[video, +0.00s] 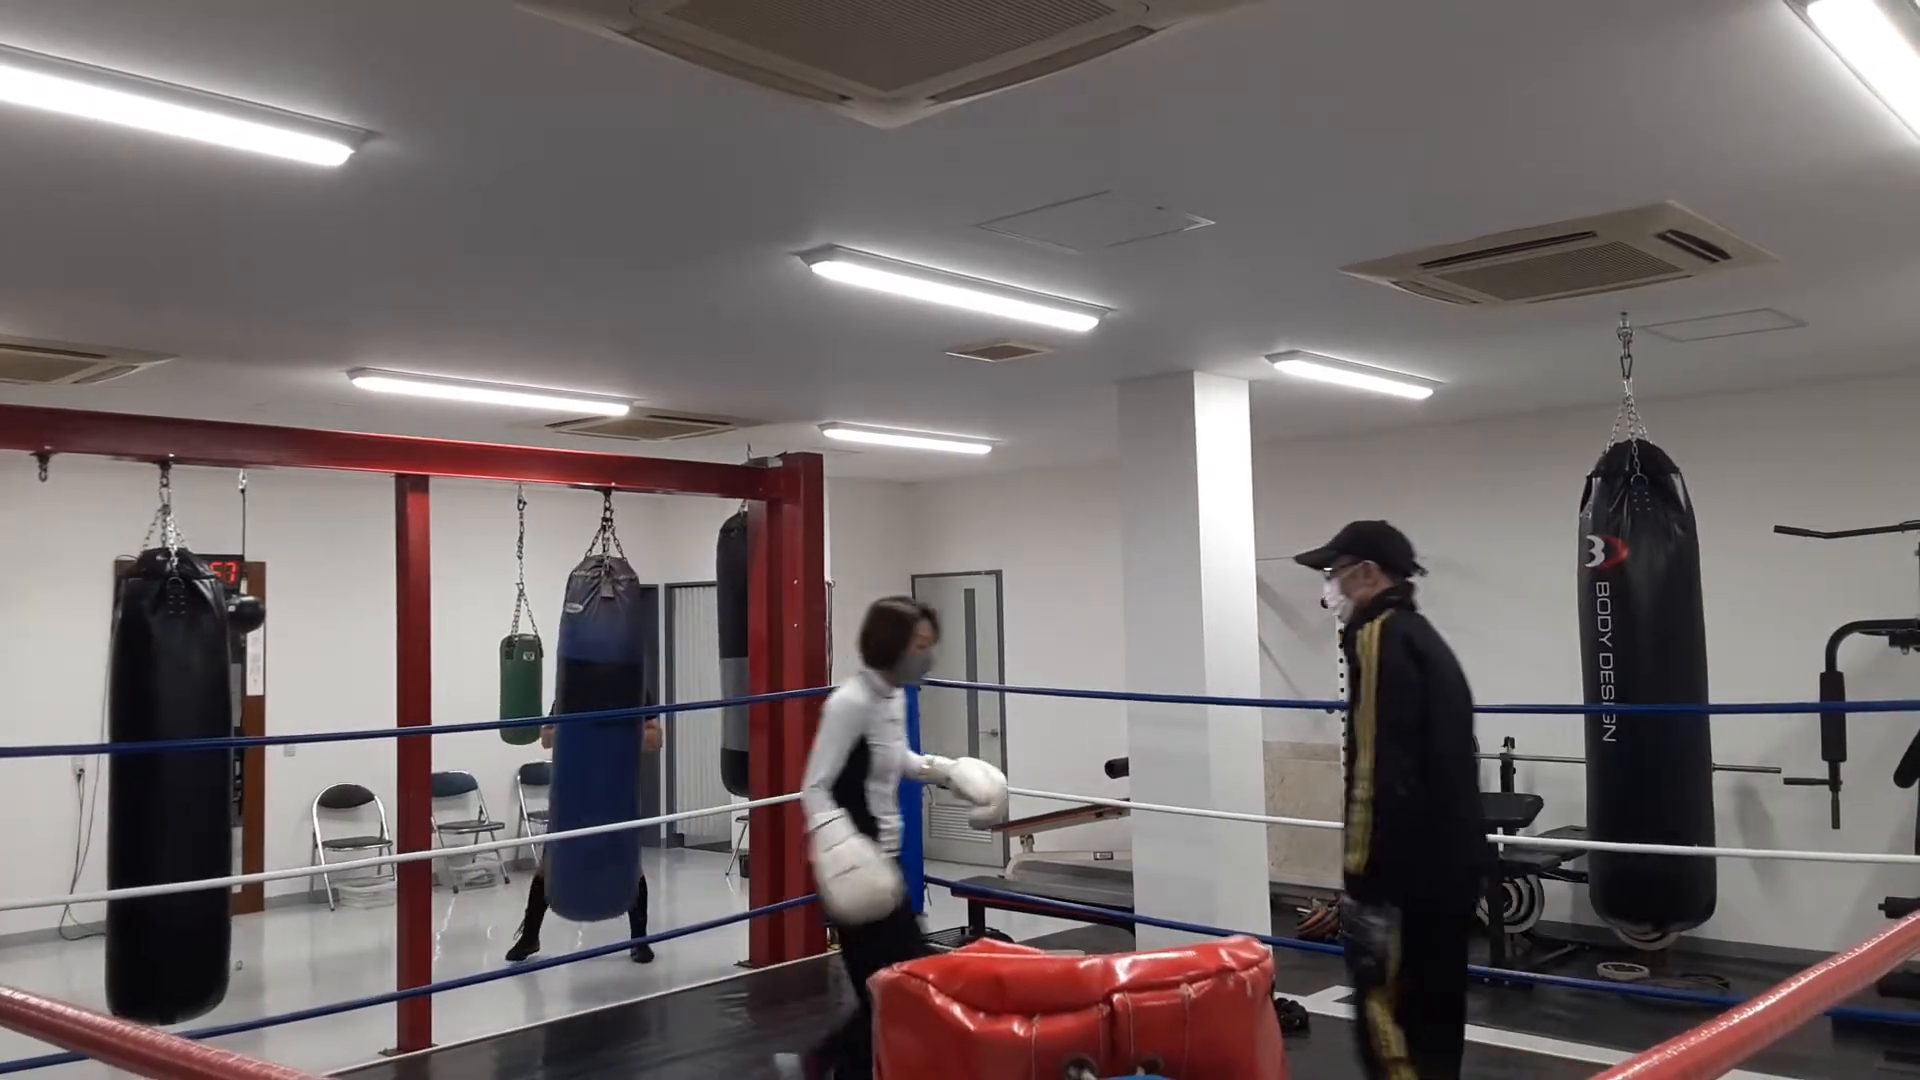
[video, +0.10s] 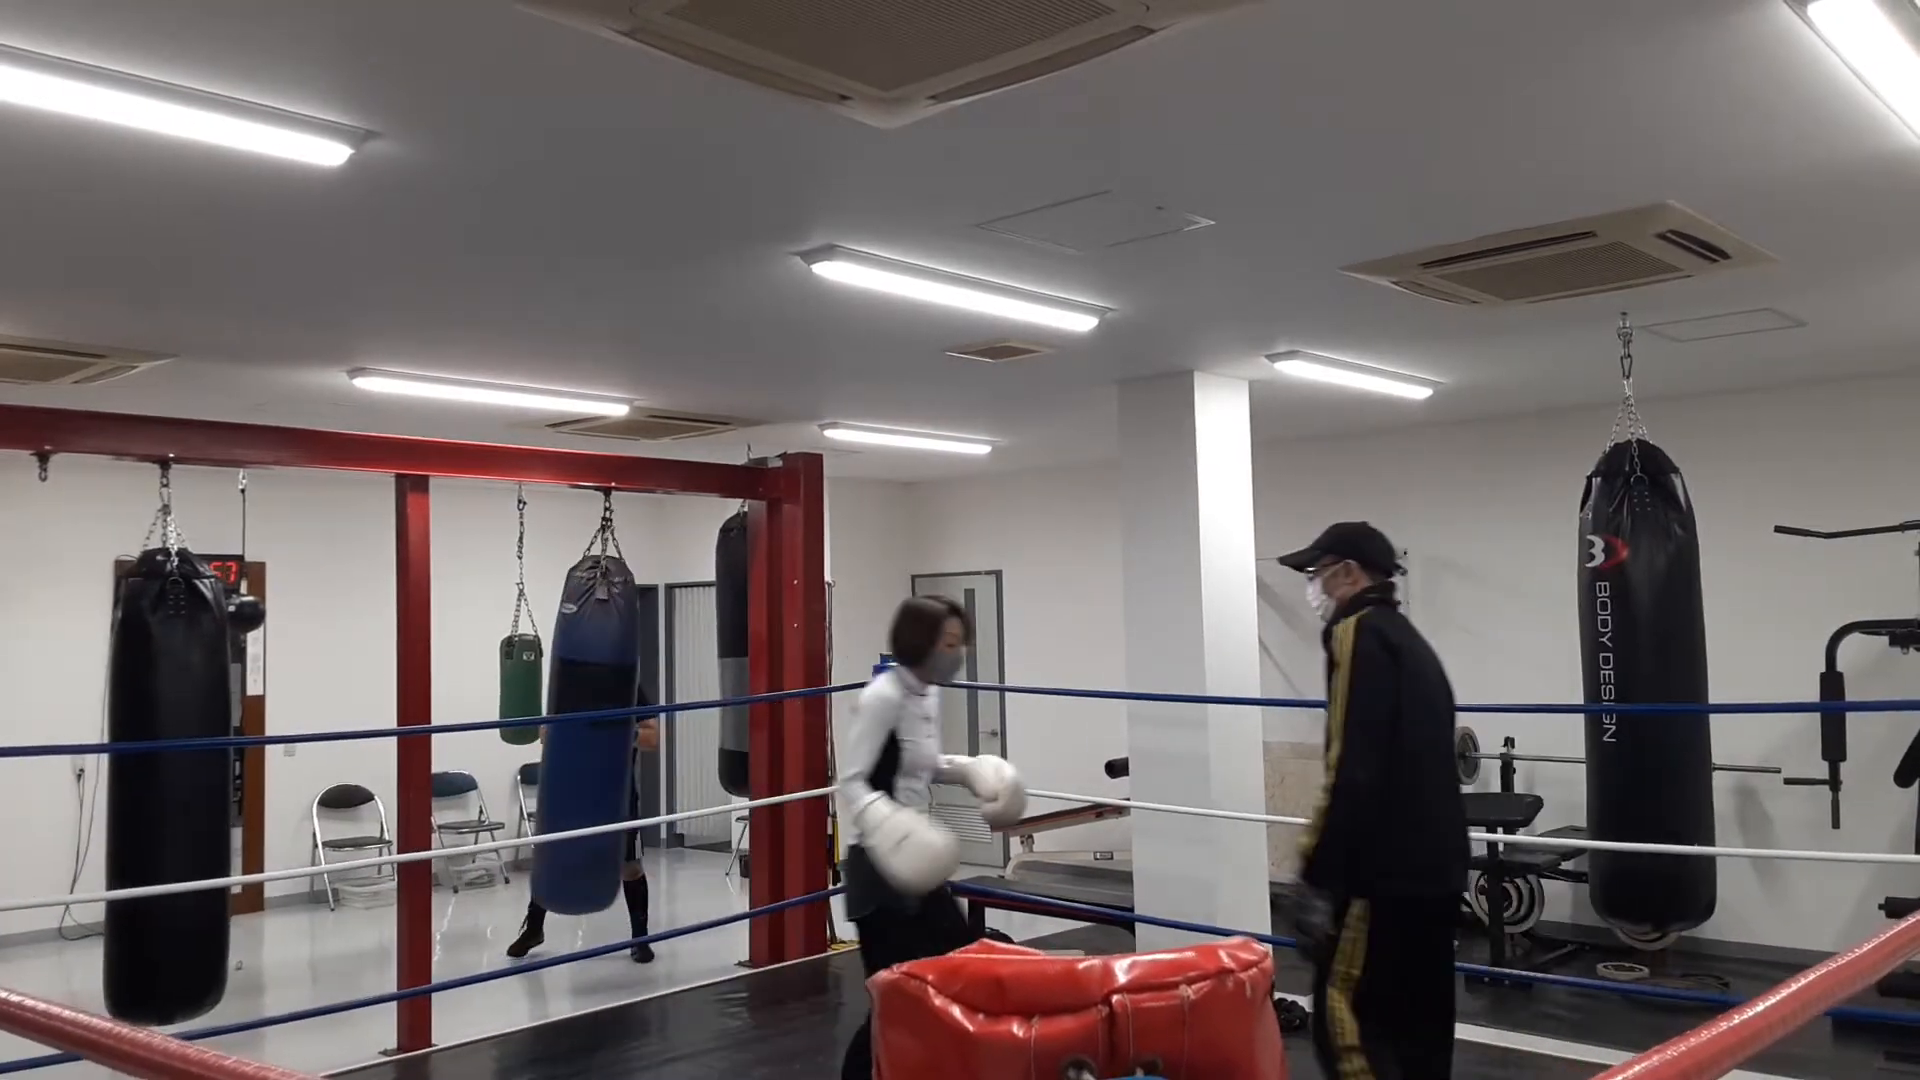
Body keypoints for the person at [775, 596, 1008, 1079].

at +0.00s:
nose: (929, 656)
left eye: (931, 646)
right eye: (922, 646)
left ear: (915, 646)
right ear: (894, 647)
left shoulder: (894, 695)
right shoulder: (850, 701)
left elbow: (895, 759)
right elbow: (815, 791)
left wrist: (949, 772)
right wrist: (852, 859)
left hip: (886, 859)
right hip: (857, 865)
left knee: (889, 988)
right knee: (906, 979)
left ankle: (847, 1065)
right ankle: (821, 1061)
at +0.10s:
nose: (958, 652)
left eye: (960, 642)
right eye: (950, 642)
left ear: (951, 645)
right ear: (921, 643)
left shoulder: (928, 694)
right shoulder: (881, 696)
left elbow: (923, 765)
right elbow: (852, 783)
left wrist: (973, 771)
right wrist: (899, 830)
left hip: (915, 851)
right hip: (877, 857)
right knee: (899, 983)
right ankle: (863, 1068)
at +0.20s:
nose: (989, 653)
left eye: (992, 644)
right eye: (982, 643)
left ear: (988, 647)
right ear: (954, 643)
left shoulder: (965, 695)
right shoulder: (915, 695)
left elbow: (959, 767)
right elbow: (889, 781)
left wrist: (1008, 776)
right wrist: (946, 807)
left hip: (948, 858)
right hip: (909, 860)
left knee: (999, 962)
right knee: (912, 979)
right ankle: (866, 1070)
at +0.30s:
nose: (1029, 665)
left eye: (1031, 655)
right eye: (1019, 655)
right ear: (989, 654)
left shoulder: (1013, 709)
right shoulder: (950, 706)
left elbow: (1016, 782)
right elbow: (924, 788)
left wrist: (1070, 793)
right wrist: (988, 793)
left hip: (993, 868)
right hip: (946, 871)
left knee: (1029, 964)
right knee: (935, 975)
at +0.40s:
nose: (1066, 666)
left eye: (1068, 657)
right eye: (1056, 656)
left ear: (1071, 658)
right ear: (1028, 657)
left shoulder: (1053, 713)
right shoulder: (984, 709)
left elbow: (1053, 789)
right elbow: (956, 788)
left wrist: (1103, 775)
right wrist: (1012, 774)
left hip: (1020, 863)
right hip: (969, 866)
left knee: (1066, 956)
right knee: (954, 971)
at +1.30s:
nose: (1015, 651)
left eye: (1025, 643)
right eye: (1006, 641)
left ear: (1035, 653)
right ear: (987, 647)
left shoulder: (1049, 700)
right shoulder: (961, 702)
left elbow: (1074, 762)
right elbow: (944, 767)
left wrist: (1066, 803)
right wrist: (952, 811)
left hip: (1042, 836)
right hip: (983, 838)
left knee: (1060, 943)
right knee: (984, 944)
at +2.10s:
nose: (1045, 646)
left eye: (1053, 638)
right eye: (1038, 637)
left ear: (1070, 644)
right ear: (1025, 643)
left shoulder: (1087, 690)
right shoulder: (1007, 693)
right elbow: (1001, 752)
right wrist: (980, 795)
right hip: (1025, 812)